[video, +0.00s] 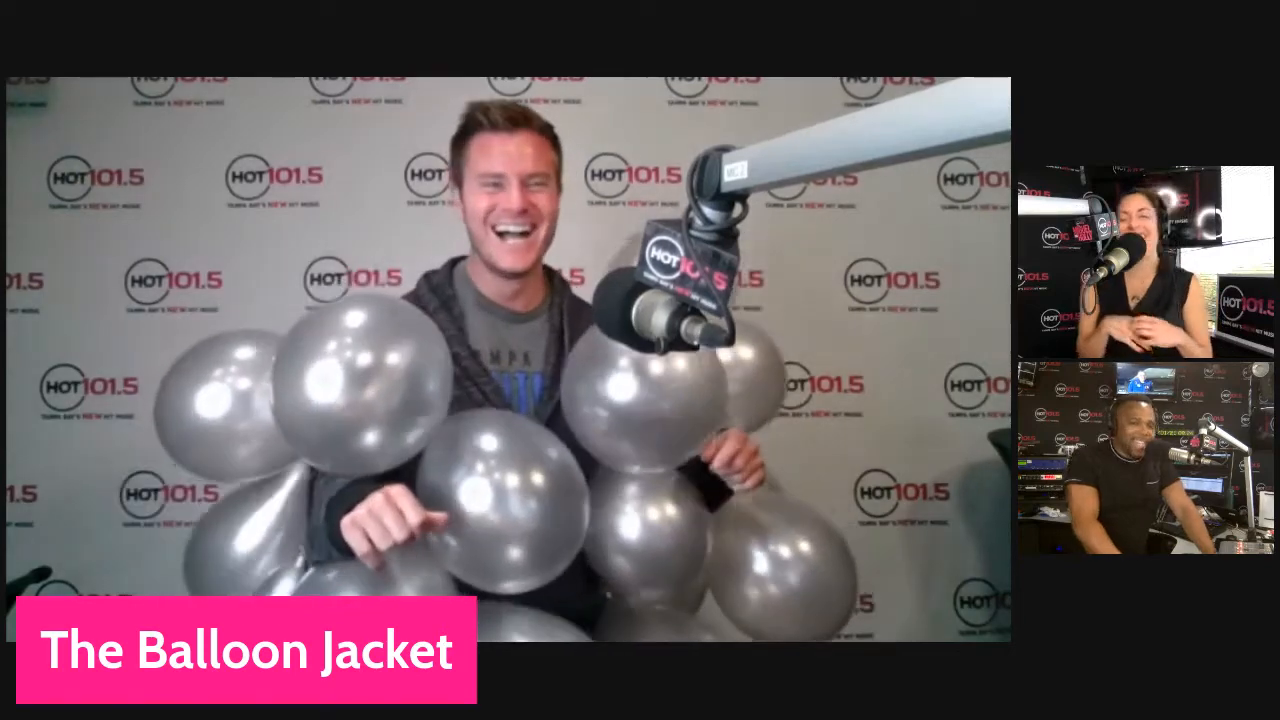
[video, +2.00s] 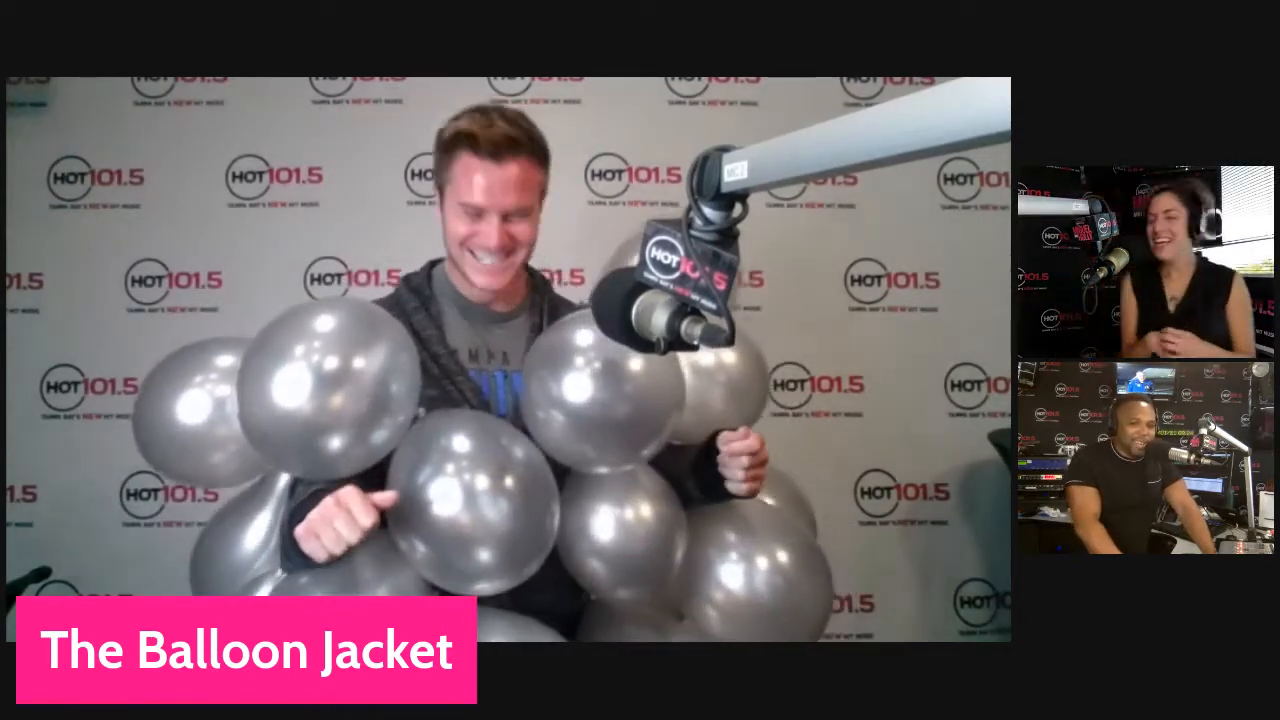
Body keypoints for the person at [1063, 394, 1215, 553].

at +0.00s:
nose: (1144, 432)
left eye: (1150, 425)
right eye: (1134, 423)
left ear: (1155, 430)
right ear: (1113, 428)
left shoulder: (1156, 457)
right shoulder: (1087, 459)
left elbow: (1184, 509)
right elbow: (1085, 525)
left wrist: (1210, 552)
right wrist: (1120, 561)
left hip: (1140, 555)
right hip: (1095, 557)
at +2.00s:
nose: (1144, 432)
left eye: (1150, 425)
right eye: (1134, 424)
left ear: (1156, 427)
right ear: (1114, 426)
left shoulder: (1156, 457)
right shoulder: (1087, 460)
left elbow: (1186, 507)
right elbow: (1086, 524)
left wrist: (1210, 551)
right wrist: (1119, 559)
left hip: (1142, 555)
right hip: (1098, 555)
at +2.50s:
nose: (1139, 433)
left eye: (1145, 425)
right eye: (1130, 425)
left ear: (1151, 428)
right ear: (1111, 428)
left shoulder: (1157, 458)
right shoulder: (1088, 461)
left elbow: (1187, 508)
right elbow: (1088, 524)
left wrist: (1211, 553)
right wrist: (1122, 563)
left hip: (1143, 555)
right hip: (1098, 557)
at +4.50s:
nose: (1146, 432)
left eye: (1152, 426)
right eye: (1137, 423)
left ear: (1157, 430)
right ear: (1117, 422)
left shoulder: (1156, 458)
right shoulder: (1086, 459)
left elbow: (1186, 508)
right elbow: (1085, 524)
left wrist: (1210, 552)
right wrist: (1117, 562)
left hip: (1142, 557)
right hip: (1097, 560)